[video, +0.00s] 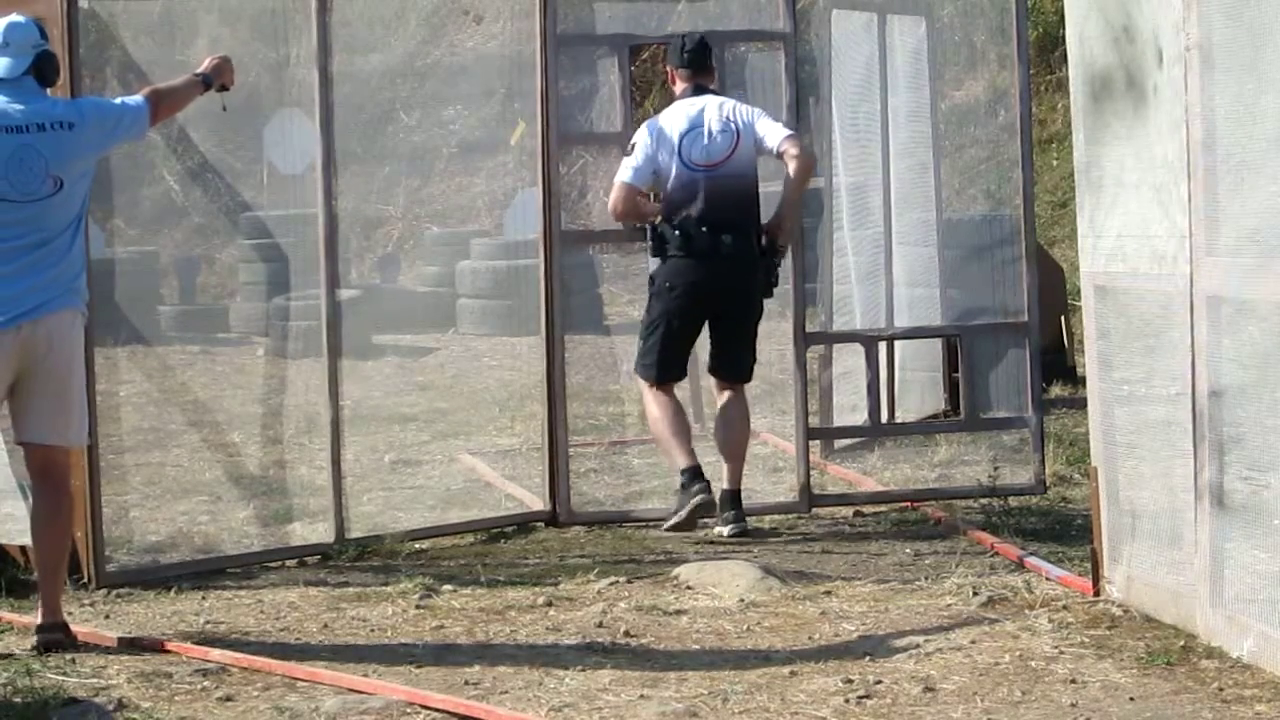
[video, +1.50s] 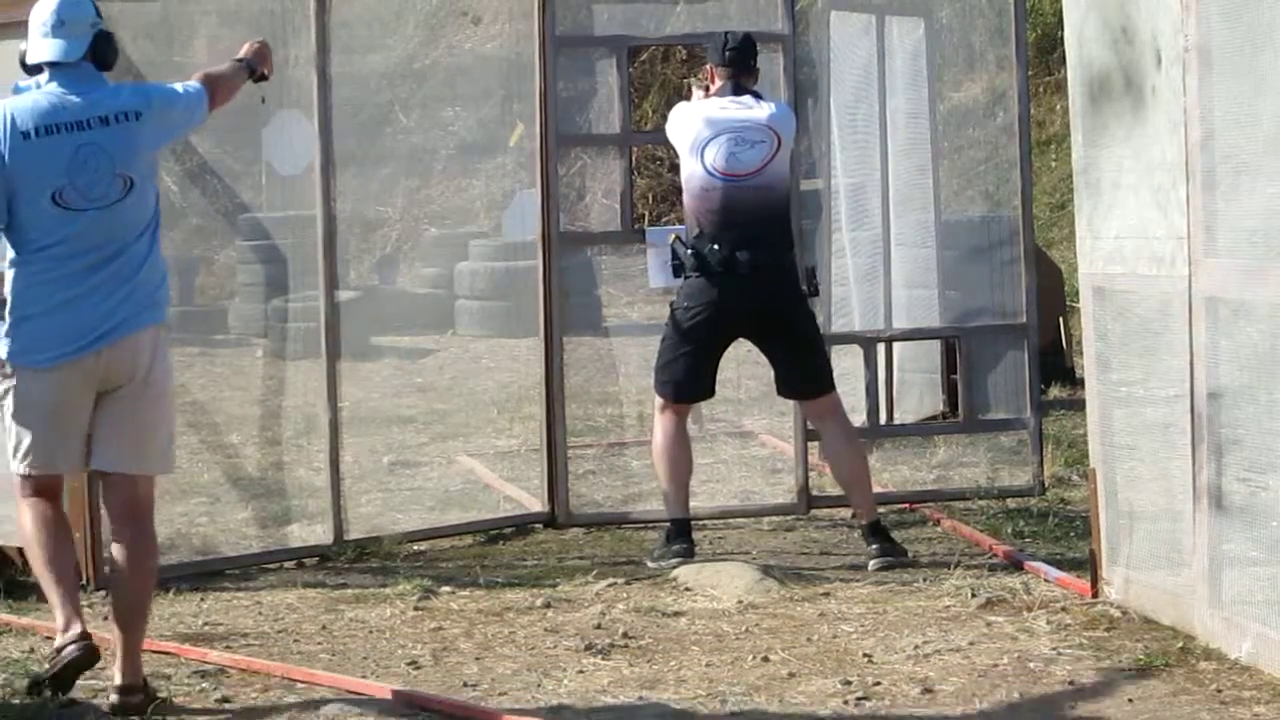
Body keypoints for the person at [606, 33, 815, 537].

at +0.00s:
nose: (671, 82)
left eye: (668, 75)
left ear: (673, 77)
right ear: (716, 75)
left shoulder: (656, 127)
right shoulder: (747, 114)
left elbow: (621, 206)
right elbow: (799, 156)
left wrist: (664, 209)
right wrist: (783, 221)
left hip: (682, 269)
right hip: (743, 266)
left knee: (656, 382)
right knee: (731, 384)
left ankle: (692, 484)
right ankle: (731, 506)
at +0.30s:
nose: (673, 103)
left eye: (672, 98)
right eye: (681, 96)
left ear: (675, 101)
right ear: (714, 98)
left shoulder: (653, 153)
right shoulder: (743, 136)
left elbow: (620, 238)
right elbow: (790, 176)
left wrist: (662, 230)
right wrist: (784, 247)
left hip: (681, 295)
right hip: (741, 289)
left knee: (669, 421)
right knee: (727, 387)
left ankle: (683, 499)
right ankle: (732, 505)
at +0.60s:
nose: (668, 84)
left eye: (663, 77)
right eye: (700, 75)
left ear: (661, 81)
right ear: (707, 77)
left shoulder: (633, 133)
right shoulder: (730, 115)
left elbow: (626, 226)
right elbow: (770, 191)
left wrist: (662, 210)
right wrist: (727, 177)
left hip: (675, 275)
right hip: (737, 266)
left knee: (670, 412)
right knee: (748, 376)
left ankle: (680, 533)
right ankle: (768, 495)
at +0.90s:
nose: (697, 79)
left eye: (692, 72)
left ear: (692, 76)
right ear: (738, 75)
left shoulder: (665, 118)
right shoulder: (760, 114)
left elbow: (658, 129)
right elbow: (740, 119)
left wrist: (695, 98)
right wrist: (710, 94)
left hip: (691, 290)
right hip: (759, 285)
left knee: (669, 414)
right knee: (813, 406)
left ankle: (678, 537)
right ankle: (871, 526)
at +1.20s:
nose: (709, 81)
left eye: (707, 74)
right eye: (735, 74)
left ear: (710, 78)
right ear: (755, 76)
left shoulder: (685, 117)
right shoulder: (782, 116)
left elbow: (688, 121)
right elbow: (751, 117)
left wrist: (704, 98)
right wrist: (720, 96)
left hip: (711, 287)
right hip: (780, 285)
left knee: (673, 408)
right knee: (828, 411)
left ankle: (678, 535)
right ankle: (876, 532)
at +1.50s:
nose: (711, 82)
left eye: (708, 76)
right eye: (738, 75)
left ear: (710, 78)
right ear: (755, 77)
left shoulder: (685, 118)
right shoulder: (782, 117)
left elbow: (690, 122)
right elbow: (752, 115)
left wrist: (704, 98)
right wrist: (720, 95)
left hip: (708, 291)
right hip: (778, 289)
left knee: (671, 409)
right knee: (828, 413)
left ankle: (678, 536)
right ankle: (876, 534)